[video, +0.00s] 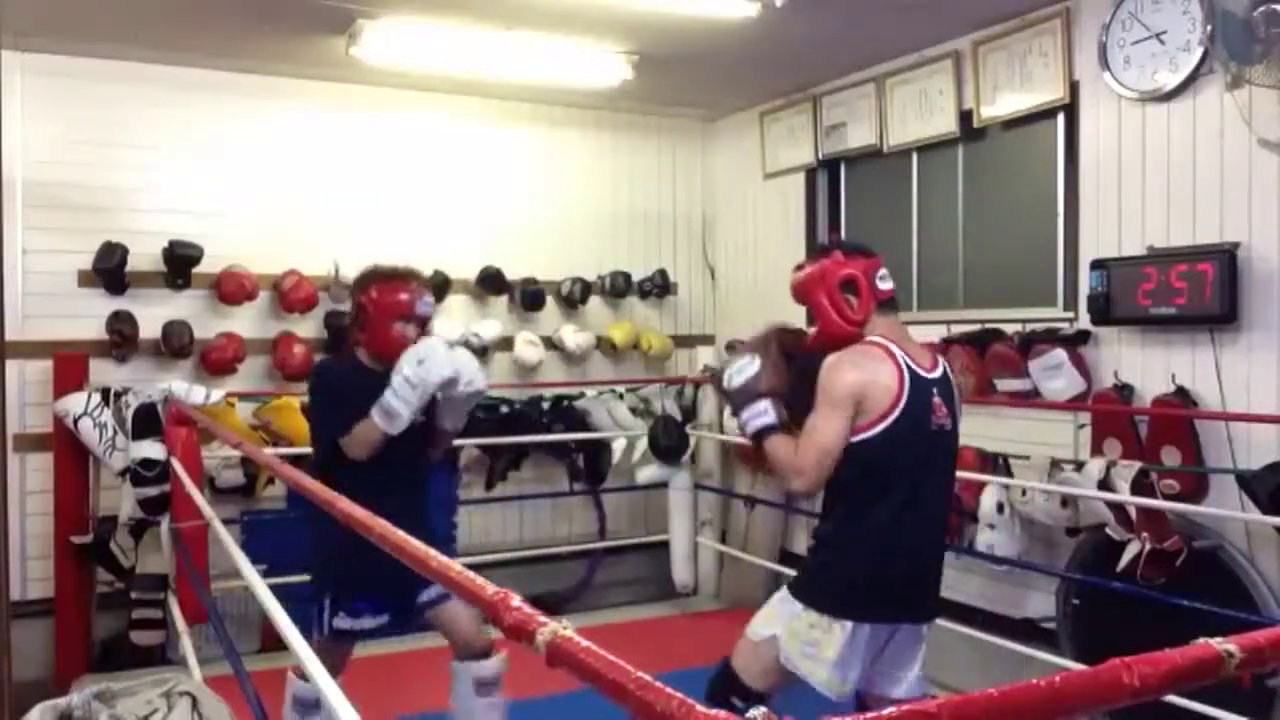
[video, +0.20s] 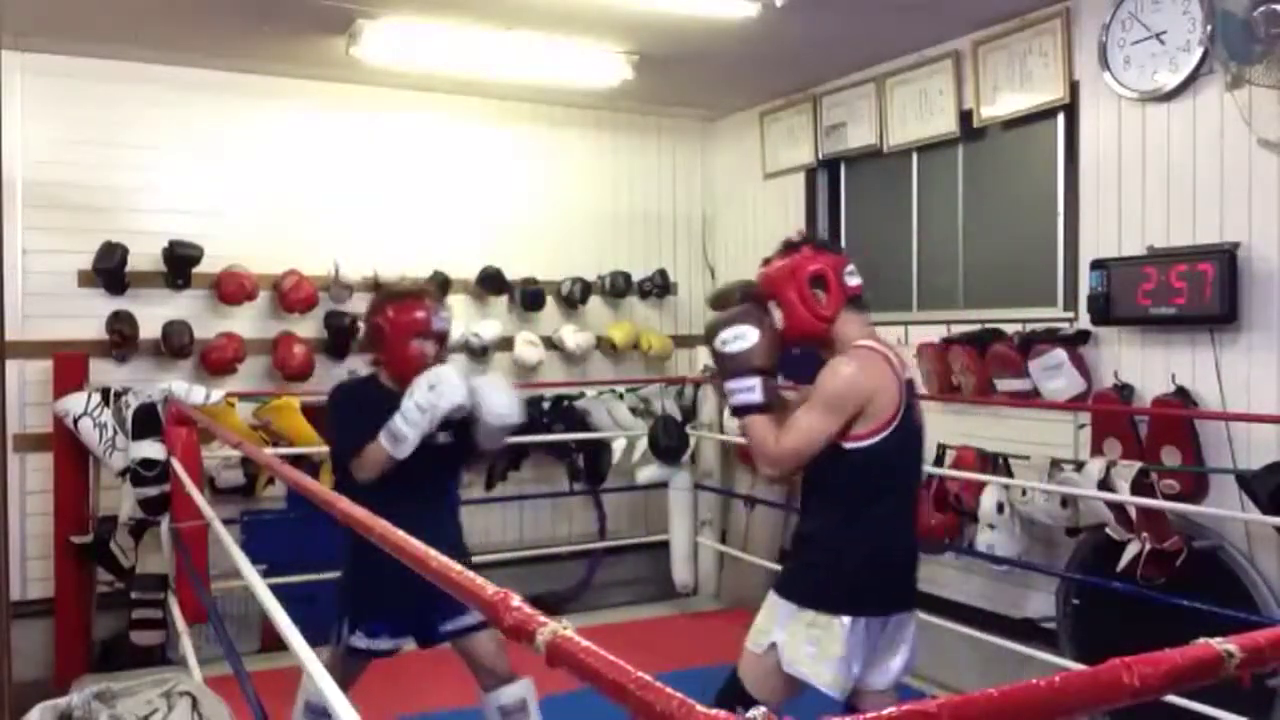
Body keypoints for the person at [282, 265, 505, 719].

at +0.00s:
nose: (413, 333)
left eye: (419, 323)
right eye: (402, 321)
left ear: (425, 325)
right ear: (366, 321)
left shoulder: (411, 375)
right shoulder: (333, 375)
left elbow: (429, 451)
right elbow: (354, 445)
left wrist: (454, 400)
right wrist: (405, 388)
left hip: (411, 544)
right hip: (348, 546)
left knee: (474, 641)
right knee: (324, 667)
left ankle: (478, 714)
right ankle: (300, 712)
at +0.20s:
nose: (428, 349)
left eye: (435, 338)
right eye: (417, 337)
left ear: (441, 343)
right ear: (386, 338)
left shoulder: (444, 395)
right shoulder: (351, 397)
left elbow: (475, 454)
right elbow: (360, 470)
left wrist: (493, 426)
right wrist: (412, 418)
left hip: (443, 558)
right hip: (377, 562)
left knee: (494, 665)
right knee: (340, 673)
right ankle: (310, 714)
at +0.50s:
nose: (464, 341)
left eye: (472, 329)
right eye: (452, 328)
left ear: (480, 331)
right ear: (416, 327)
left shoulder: (486, 379)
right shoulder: (378, 385)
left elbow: (545, 379)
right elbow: (359, 462)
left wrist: (590, 358)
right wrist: (390, 403)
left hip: (463, 553)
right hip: (389, 552)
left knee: (501, 669)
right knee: (335, 666)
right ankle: (306, 708)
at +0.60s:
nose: (457, 360)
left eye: (466, 348)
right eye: (446, 346)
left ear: (476, 352)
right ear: (413, 344)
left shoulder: (481, 402)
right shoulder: (372, 401)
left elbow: (526, 443)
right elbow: (344, 477)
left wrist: (544, 409)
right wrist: (375, 423)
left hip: (466, 563)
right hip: (392, 565)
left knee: (516, 670)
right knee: (338, 668)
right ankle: (304, 710)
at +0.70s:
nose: (445, 352)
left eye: (452, 342)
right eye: (433, 340)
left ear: (458, 347)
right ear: (399, 338)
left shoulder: (460, 401)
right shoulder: (357, 396)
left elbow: (513, 452)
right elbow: (342, 473)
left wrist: (514, 411)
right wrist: (379, 414)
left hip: (453, 563)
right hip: (381, 563)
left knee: (500, 665)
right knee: (326, 674)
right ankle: (302, 714)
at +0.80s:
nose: (427, 340)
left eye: (434, 329)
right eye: (416, 328)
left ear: (442, 330)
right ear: (382, 325)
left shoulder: (444, 383)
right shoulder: (342, 380)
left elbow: (486, 432)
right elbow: (329, 456)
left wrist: (496, 402)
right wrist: (377, 406)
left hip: (434, 550)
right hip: (360, 551)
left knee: (481, 649)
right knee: (321, 653)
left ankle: (498, 713)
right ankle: (294, 712)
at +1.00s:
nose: (408, 349)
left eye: (413, 336)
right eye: (394, 335)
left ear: (419, 341)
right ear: (362, 340)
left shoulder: (417, 400)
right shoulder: (323, 398)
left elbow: (449, 456)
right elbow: (334, 473)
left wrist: (468, 408)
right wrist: (378, 408)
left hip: (405, 564)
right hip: (335, 567)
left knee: (446, 673)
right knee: (295, 683)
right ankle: (284, 715)